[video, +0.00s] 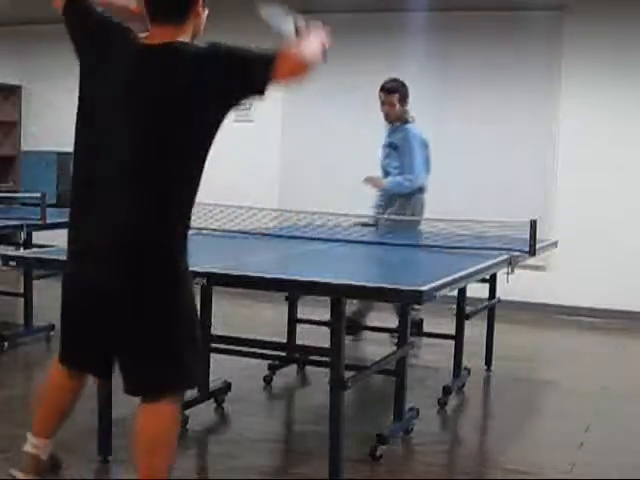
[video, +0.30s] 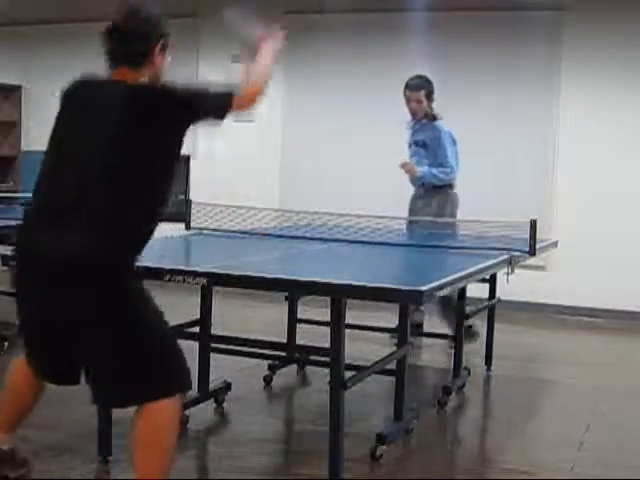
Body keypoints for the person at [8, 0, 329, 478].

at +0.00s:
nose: (205, 13)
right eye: (204, 8)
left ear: (142, 12)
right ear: (200, 12)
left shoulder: (105, 46)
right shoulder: (212, 65)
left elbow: (66, 1)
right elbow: (294, 62)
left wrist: (122, 11)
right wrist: (312, 38)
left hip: (89, 246)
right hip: (155, 254)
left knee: (72, 359)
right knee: (161, 389)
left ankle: (32, 458)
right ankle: (150, 474)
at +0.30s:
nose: (165, 59)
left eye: (164, 51)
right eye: (166, 51)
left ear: (111, 51)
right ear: (158, 54)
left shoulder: (78, 93)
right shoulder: (165, 103)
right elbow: (246, 98)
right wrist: (266, 54)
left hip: (36, 262)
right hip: (99, 272)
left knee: (40, 354)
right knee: (165, 387)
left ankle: (1, 442)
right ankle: (147, 473)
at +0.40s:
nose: (151, 100)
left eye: (151, 92)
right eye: (151, 92)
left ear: (97, 91)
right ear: (141, 94)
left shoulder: (58, 135)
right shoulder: (144, 146)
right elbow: (222, 167)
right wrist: (231, 127)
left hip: (21, 292)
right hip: (86, 302)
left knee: (30, 364)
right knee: (167, 389)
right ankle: (150, 475)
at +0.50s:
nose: (147, 123)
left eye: (147, 114)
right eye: (147, 114)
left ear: (92, 111)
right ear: (135, 114)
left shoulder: (46, 147)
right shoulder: (142, 167)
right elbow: (199, 218)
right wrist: (207, 185)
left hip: (12, 296)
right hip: (77, 305)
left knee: (26, 366)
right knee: (165, 392)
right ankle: (148, 474)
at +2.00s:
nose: (147, 107)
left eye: (148, 98)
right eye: (146, 97)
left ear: (89, 96)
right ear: (130, 98)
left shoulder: (39, 134)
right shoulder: (139, 154)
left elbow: (1, 183)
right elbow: (192, 217)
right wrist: (211, 189)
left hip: (10, 288)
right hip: (75, 296)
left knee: (17, 366)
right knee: (159, 389)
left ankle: (0, 455)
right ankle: (147, 473)